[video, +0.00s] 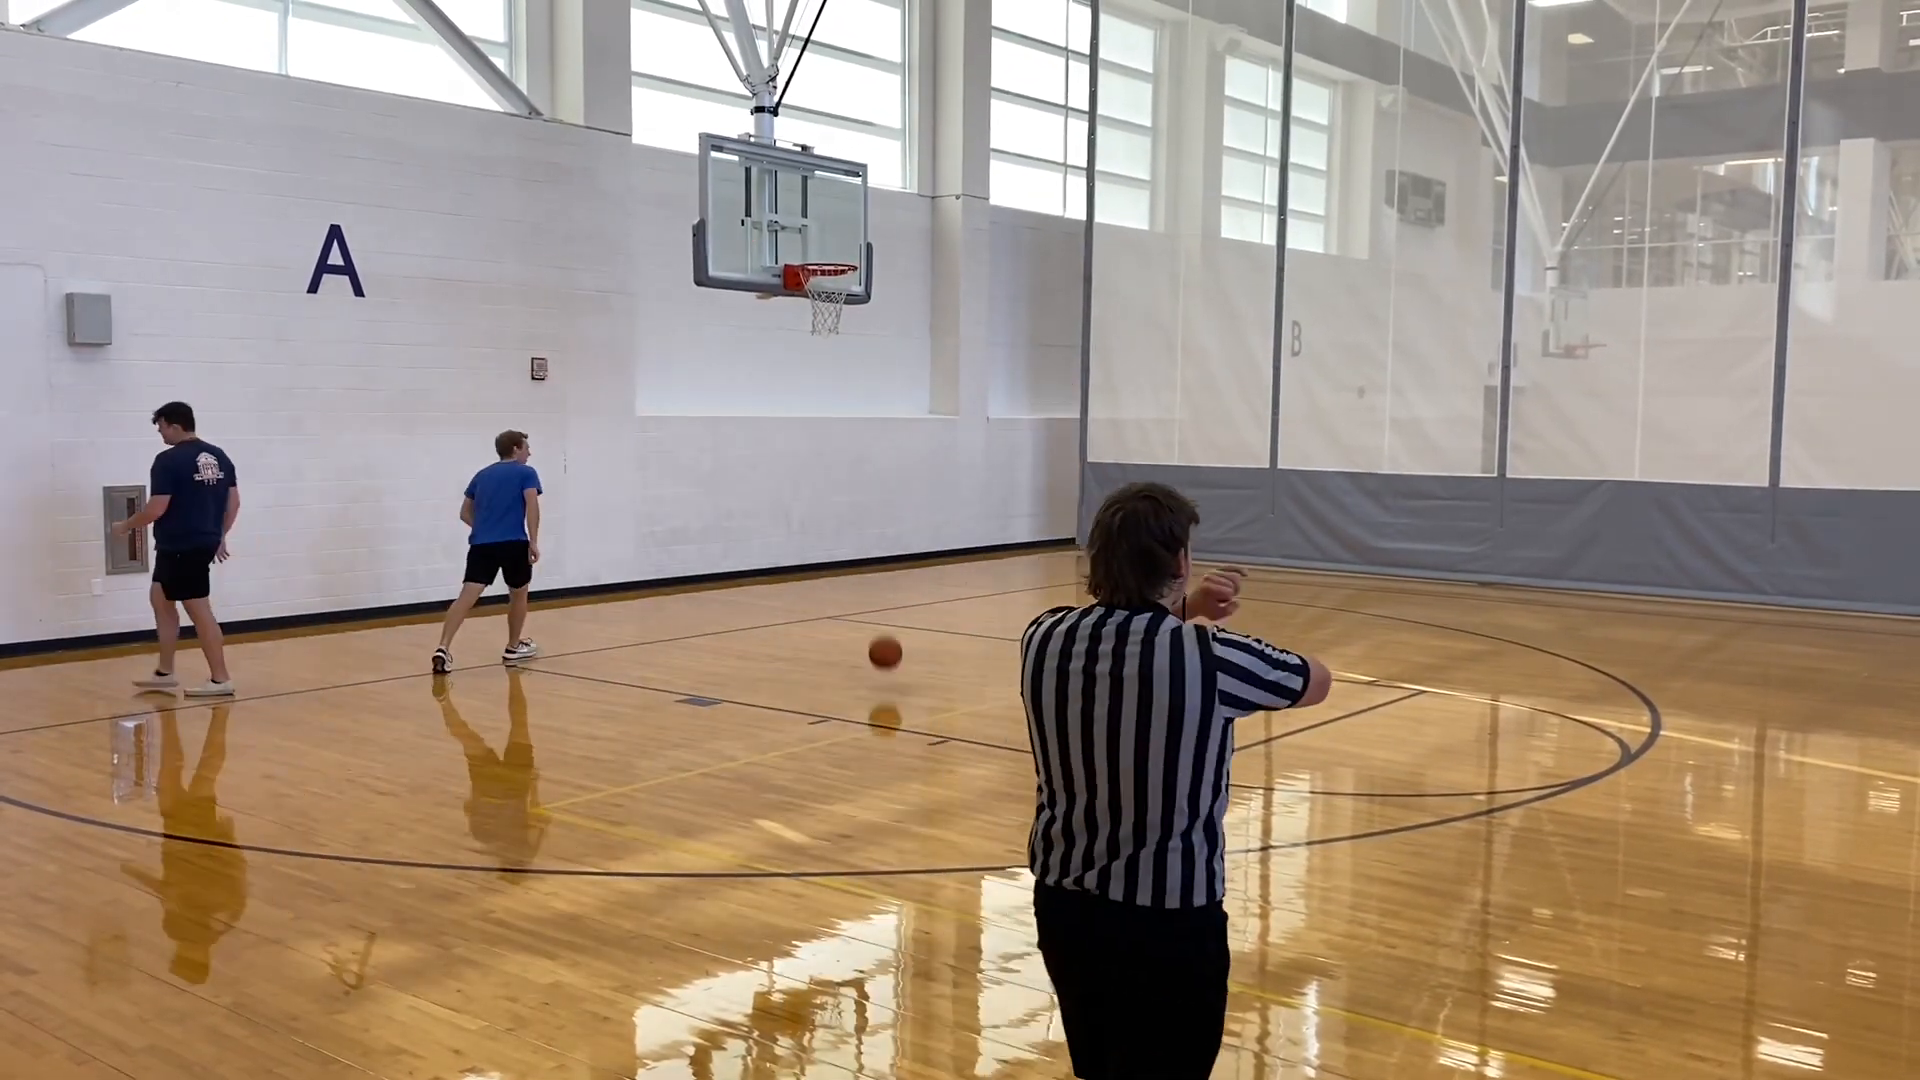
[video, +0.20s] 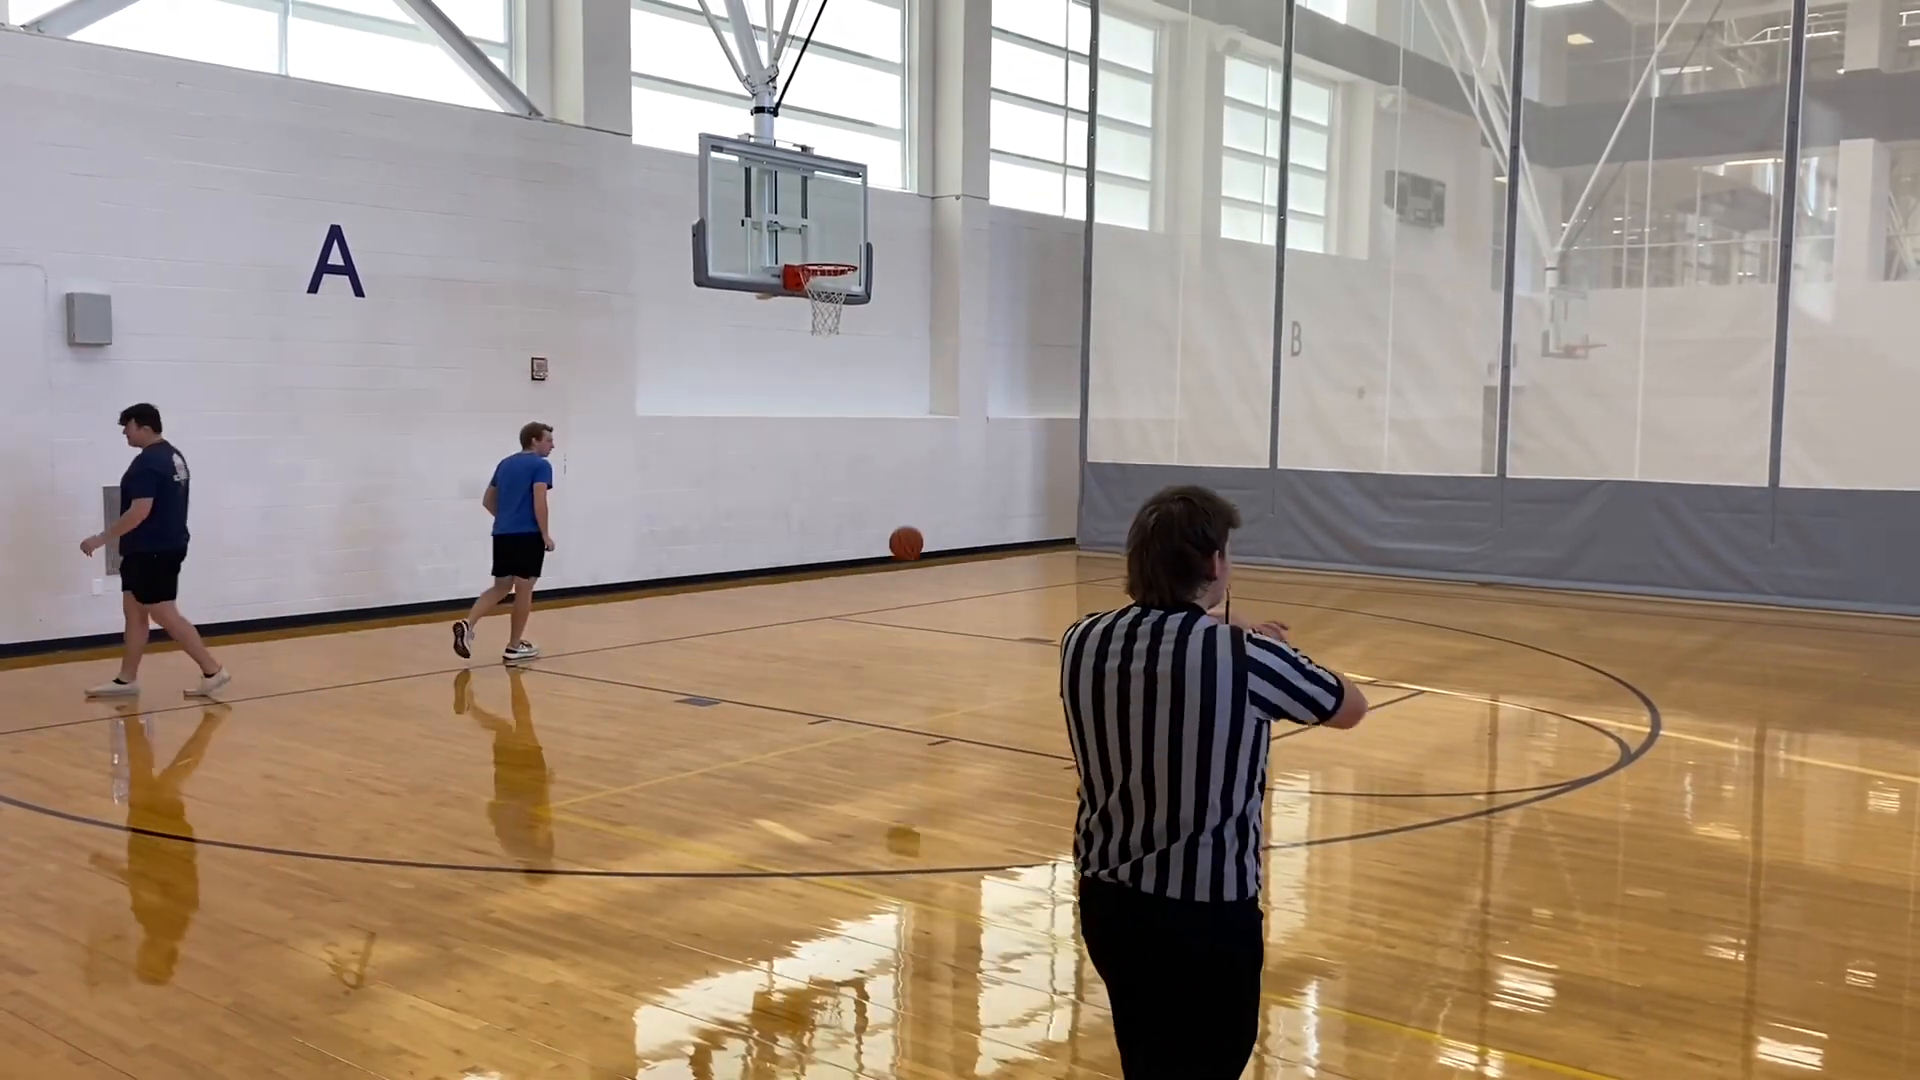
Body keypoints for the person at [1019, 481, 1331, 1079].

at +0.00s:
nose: (1192, 562)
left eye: (1190, 549)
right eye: (1190, 551)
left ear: (1100, 558)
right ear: (1178, 562)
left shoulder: (1042, 638)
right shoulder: (1204, 653)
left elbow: (1114, 638)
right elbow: (1316, 682)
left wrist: (1185, 608)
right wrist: (1233, 643)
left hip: (1065, 913)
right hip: (1173, 918)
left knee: (1098, 1066)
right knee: (1175, 1068)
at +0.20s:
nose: (1230, 566)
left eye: (1227, 551)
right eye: (1228, 551)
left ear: (1140, 559)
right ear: (1215, 561)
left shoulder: (1081, 642)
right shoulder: (1245, 655)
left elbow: (1151, 667)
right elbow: (1349, 708)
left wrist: (1229, 637)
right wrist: (1269, 654)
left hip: (1107, 903)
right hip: (1210, 910)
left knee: (1144, 1057)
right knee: (1216, 1056)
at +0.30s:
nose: (1256, 569)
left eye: (1253, 552)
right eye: (1251, 553)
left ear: (1166, 560)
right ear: (1229, 563)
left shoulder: (1103, 646)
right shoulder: (1264, 660)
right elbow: (1388, 736)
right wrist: (1314, 649)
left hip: (1131, 902)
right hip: (1229, 910)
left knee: (1169, 1060)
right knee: (1233, 1059)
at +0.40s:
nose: (1283, 570)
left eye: (1278, 554)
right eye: (1275, 554)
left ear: (1194, 564)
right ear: (1248, 565)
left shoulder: (1131, 648)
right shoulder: (1284, 660)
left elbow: (1110, 757)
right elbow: (1430, 742)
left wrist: (1186, 750)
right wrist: (1402, 636)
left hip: (1161, 902)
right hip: (1254, 910)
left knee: (1191, 1060)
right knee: (1255, 1059)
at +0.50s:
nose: (1312, 566)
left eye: (1310, 551)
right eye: (1306, 552)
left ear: (1224, 560)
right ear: (1273, 560)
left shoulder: (1160, 645)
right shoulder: (1300, 651)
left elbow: (1126, 761)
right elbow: (1457, 721)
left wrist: (1210, 773)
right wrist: (1487, 611)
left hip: (1192, 895)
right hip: (1281, 904)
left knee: (1220, 1059)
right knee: (1280, 1058)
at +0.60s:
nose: (1343, 559)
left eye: (1340, 544)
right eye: (1334, 543)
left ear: (1251, 556)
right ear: (1298, 552)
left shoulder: (1186, 636)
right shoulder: (1321, 637)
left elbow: (1152, 752)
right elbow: (1476, 684)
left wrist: (1237, 774)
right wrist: (1562, 583)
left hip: (1223, 889)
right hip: (1309, 900)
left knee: (1258, 1063)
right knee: (1310, 1065)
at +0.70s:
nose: (1373, 557)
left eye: (1371, 542)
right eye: (1364, 541)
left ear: (1287, 548)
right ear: (1324, 547)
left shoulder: (1212, 630)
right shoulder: (1345, 628)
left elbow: (1179, 746)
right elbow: (1505, 636)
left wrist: (1258, 756)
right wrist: (1636, 572)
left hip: (1246, 887)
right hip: (1334, 894)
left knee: (1299, 1059)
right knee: (1359, 1058)